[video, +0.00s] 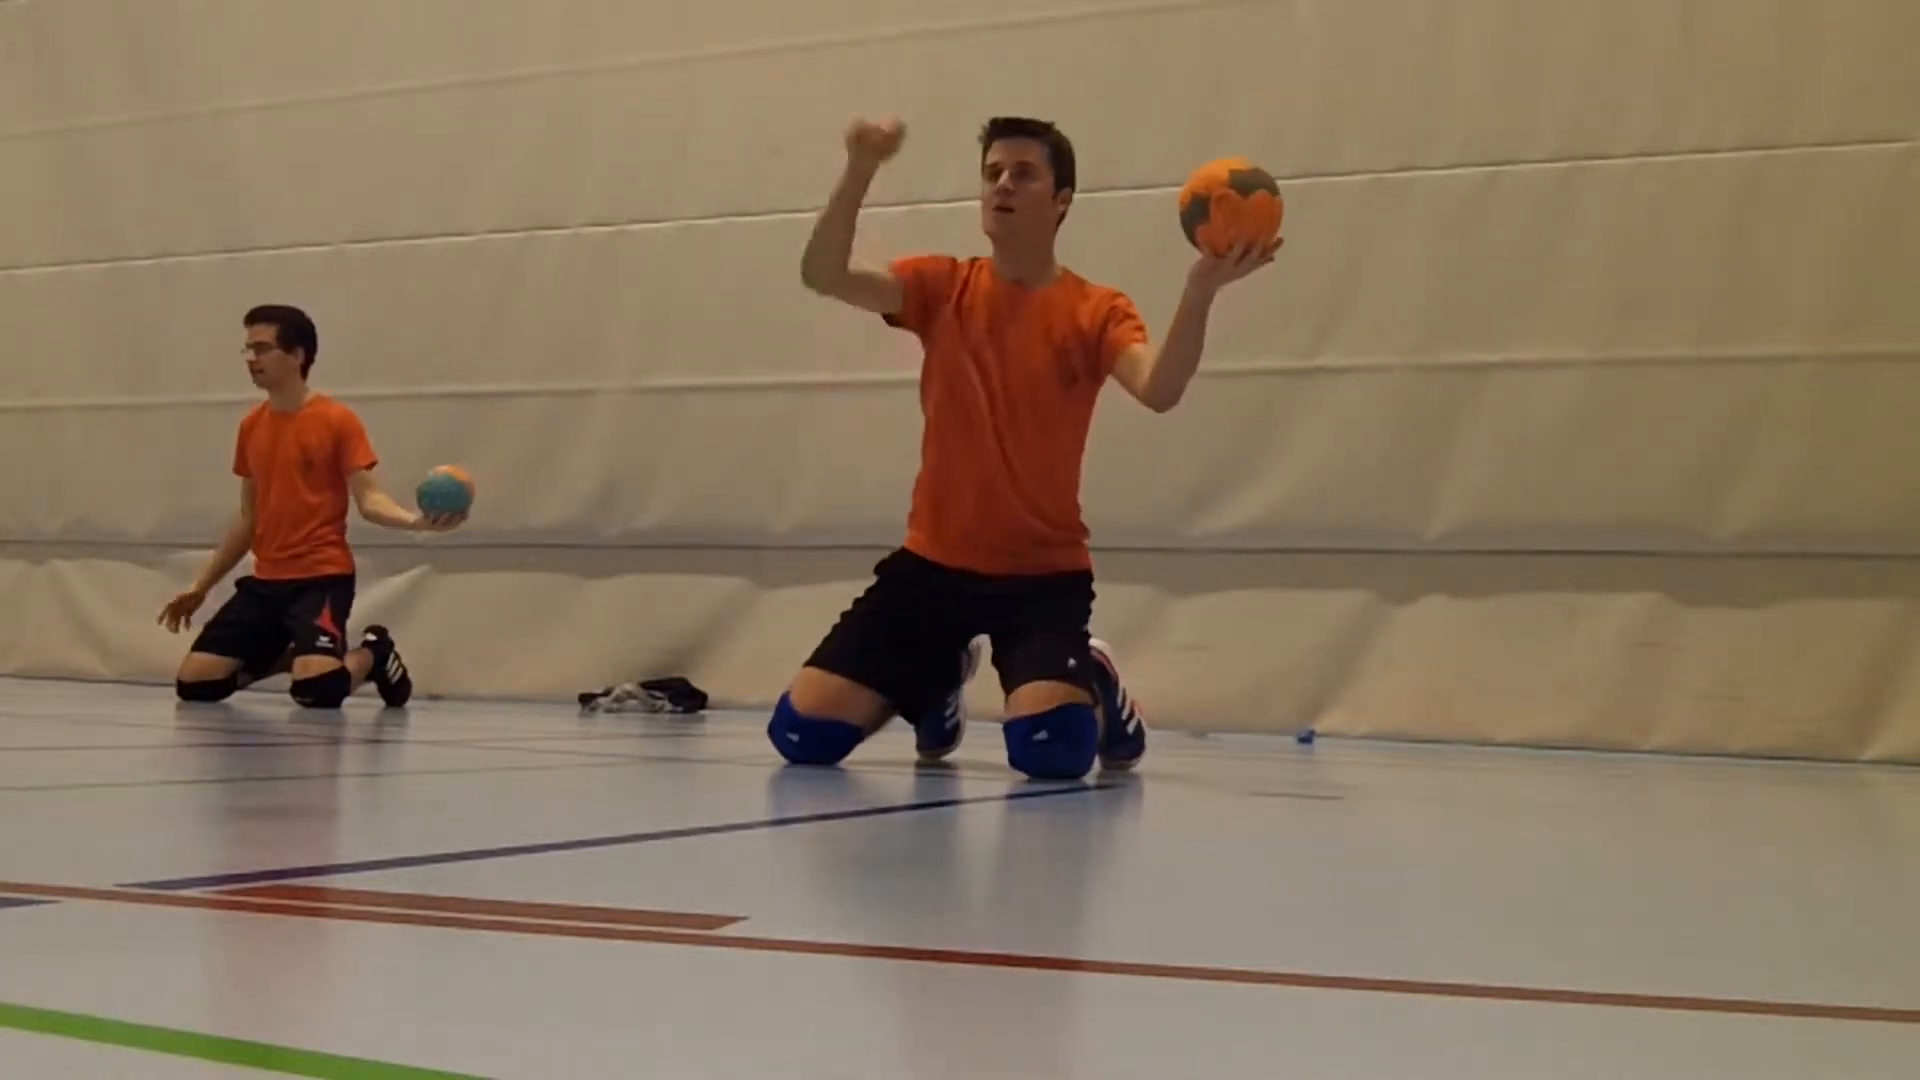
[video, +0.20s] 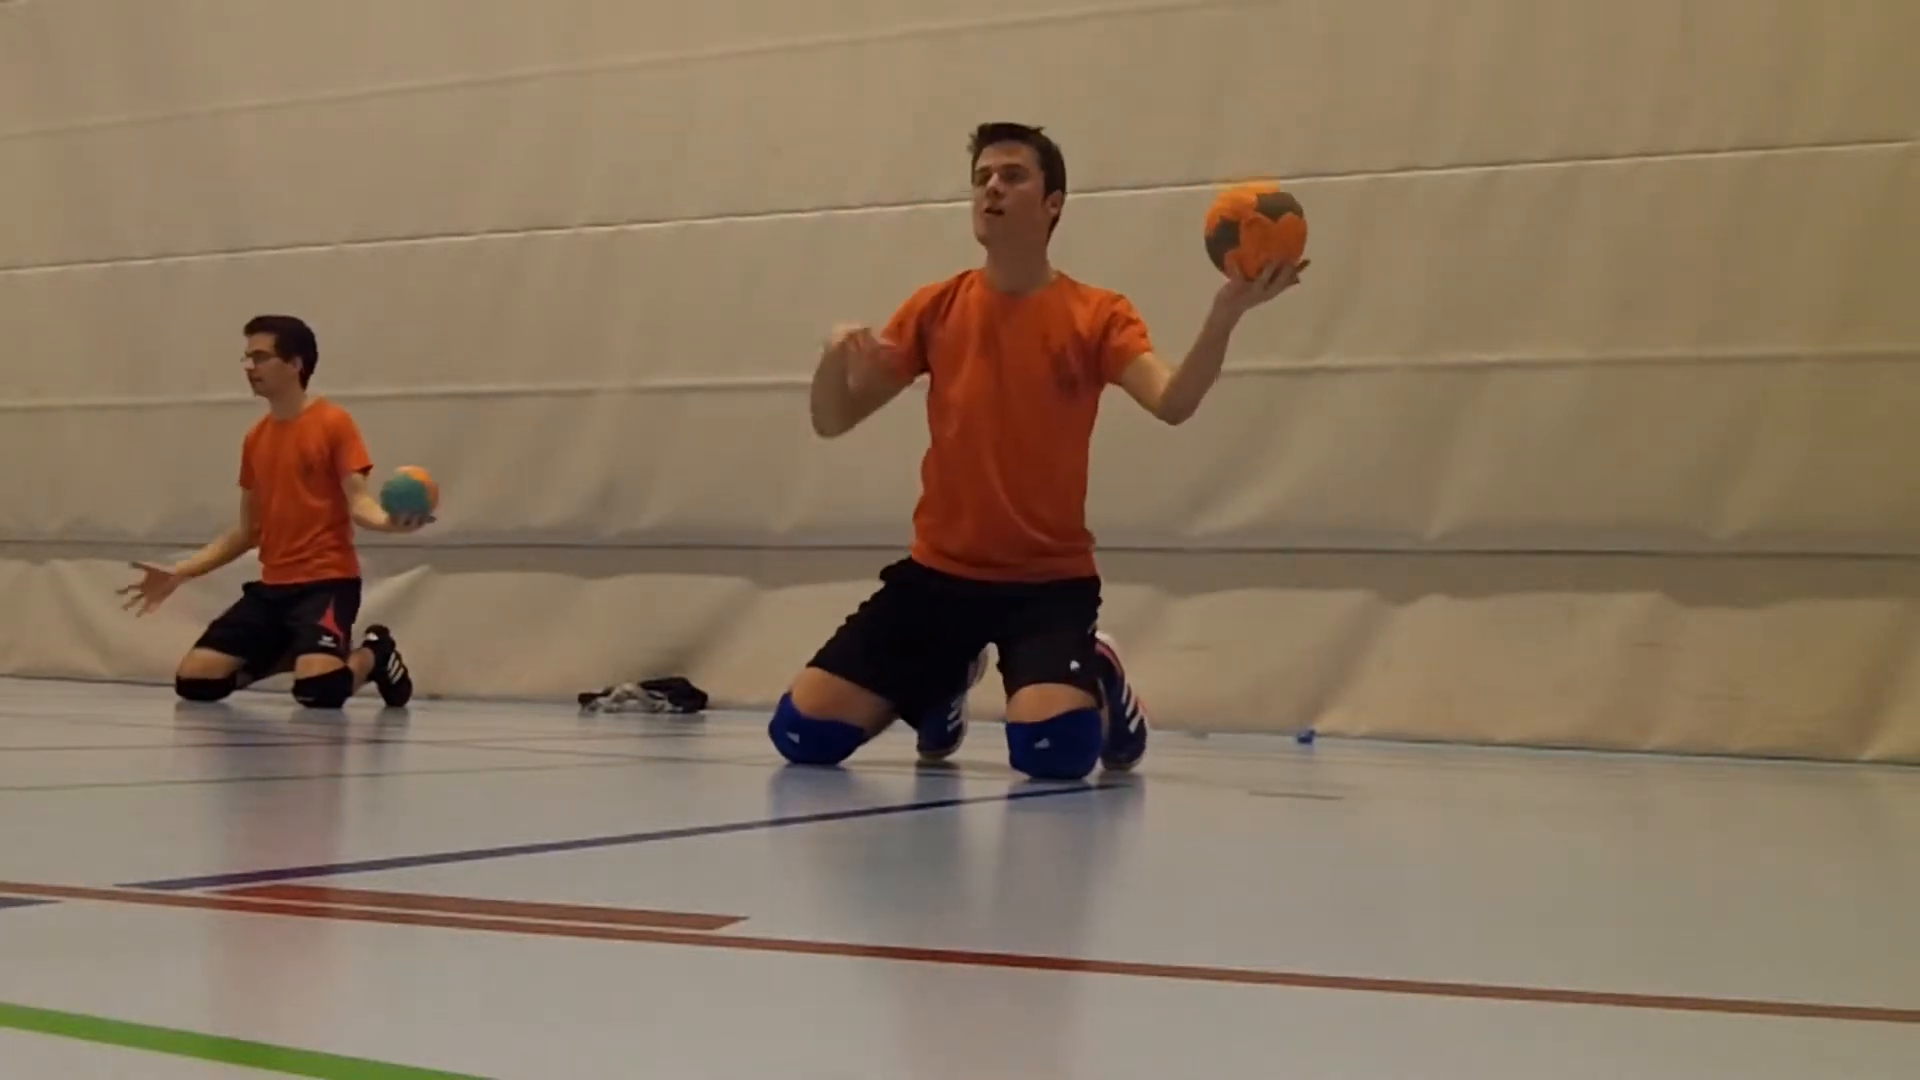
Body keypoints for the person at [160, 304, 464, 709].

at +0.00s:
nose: (250, 359)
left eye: (262, 348)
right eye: (248, 349)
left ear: (299, 356)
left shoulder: (336, 420)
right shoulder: (254, 425)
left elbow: (368, 498)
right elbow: (248, 520)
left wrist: (416, 520)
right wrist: (199, 589)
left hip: (323, 579)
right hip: (266, 582)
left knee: (315, 691)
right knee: (195, 684)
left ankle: (375, 653)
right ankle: (299, 655)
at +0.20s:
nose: (248, 367)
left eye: (259, 357)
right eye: (247, 358)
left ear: (296, 364)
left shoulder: (332, 421)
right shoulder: (257, 438)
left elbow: (359, 500)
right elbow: (247, 531)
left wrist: (391, 521)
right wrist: (179, 573)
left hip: (327, 584)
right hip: (271, 588)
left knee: (317, 692)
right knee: (195, 683)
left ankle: (377, 654)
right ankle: (306, 654)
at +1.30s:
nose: (329, 423)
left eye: (336, 410)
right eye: (319, 414)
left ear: (361, 398)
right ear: (311, 410)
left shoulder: (390, 457)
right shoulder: (322, 433)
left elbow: (415, 542)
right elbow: (280, 363)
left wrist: (392, 555)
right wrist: (360, 379)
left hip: (343, 595)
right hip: (291, 591)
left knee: (312, 690)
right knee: (199, 682)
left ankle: (376, 653)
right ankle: (306, 651)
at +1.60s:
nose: (316, 385)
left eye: (331, 377)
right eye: (315, 373)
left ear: (362, 385)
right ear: (311, 375)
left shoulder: (386, 444)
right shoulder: (302, 424)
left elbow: (415, 525)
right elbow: (224, 398)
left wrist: (409, 560)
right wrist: (300, 379)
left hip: (347, 590)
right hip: (289, 586)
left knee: (310, 690)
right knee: (203, 683)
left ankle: (380, 653)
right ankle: (295, 655)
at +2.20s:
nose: (260, 350)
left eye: (273, 341)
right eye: (257, 340)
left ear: (307, 351)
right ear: (254, 343)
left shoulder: (336, 414)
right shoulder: (258, 415)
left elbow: (359, 504)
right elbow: (201, 487)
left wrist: (337, 510)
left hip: (319, 572)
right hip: (261, 572)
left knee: (311, 690)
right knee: (197, 684)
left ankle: (376, 654)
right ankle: (295, 653)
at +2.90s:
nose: (205, 370)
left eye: (217, 360)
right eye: (203, 360)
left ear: (253, 367)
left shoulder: (301, 424)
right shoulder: (230, 434)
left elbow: (340, 508)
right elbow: (243, 525)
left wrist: (353, 527)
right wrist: (223, 600)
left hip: (322, 579)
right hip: (266, 583)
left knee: (316, 690)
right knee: (198, 685)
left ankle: (411, 661)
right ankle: (300, 656)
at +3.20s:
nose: (209, 371)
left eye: (221, 361)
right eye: (209, 361)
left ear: (258, 368)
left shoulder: (306, 426)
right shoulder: (237, 440)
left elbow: (344, 504)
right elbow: (235, 538)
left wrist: (341, 522)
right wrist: (188, 605)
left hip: (324, 581)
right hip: (270, 587)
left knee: (313, 689)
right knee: (198, 684)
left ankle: (406, 662)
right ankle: (307, 655)